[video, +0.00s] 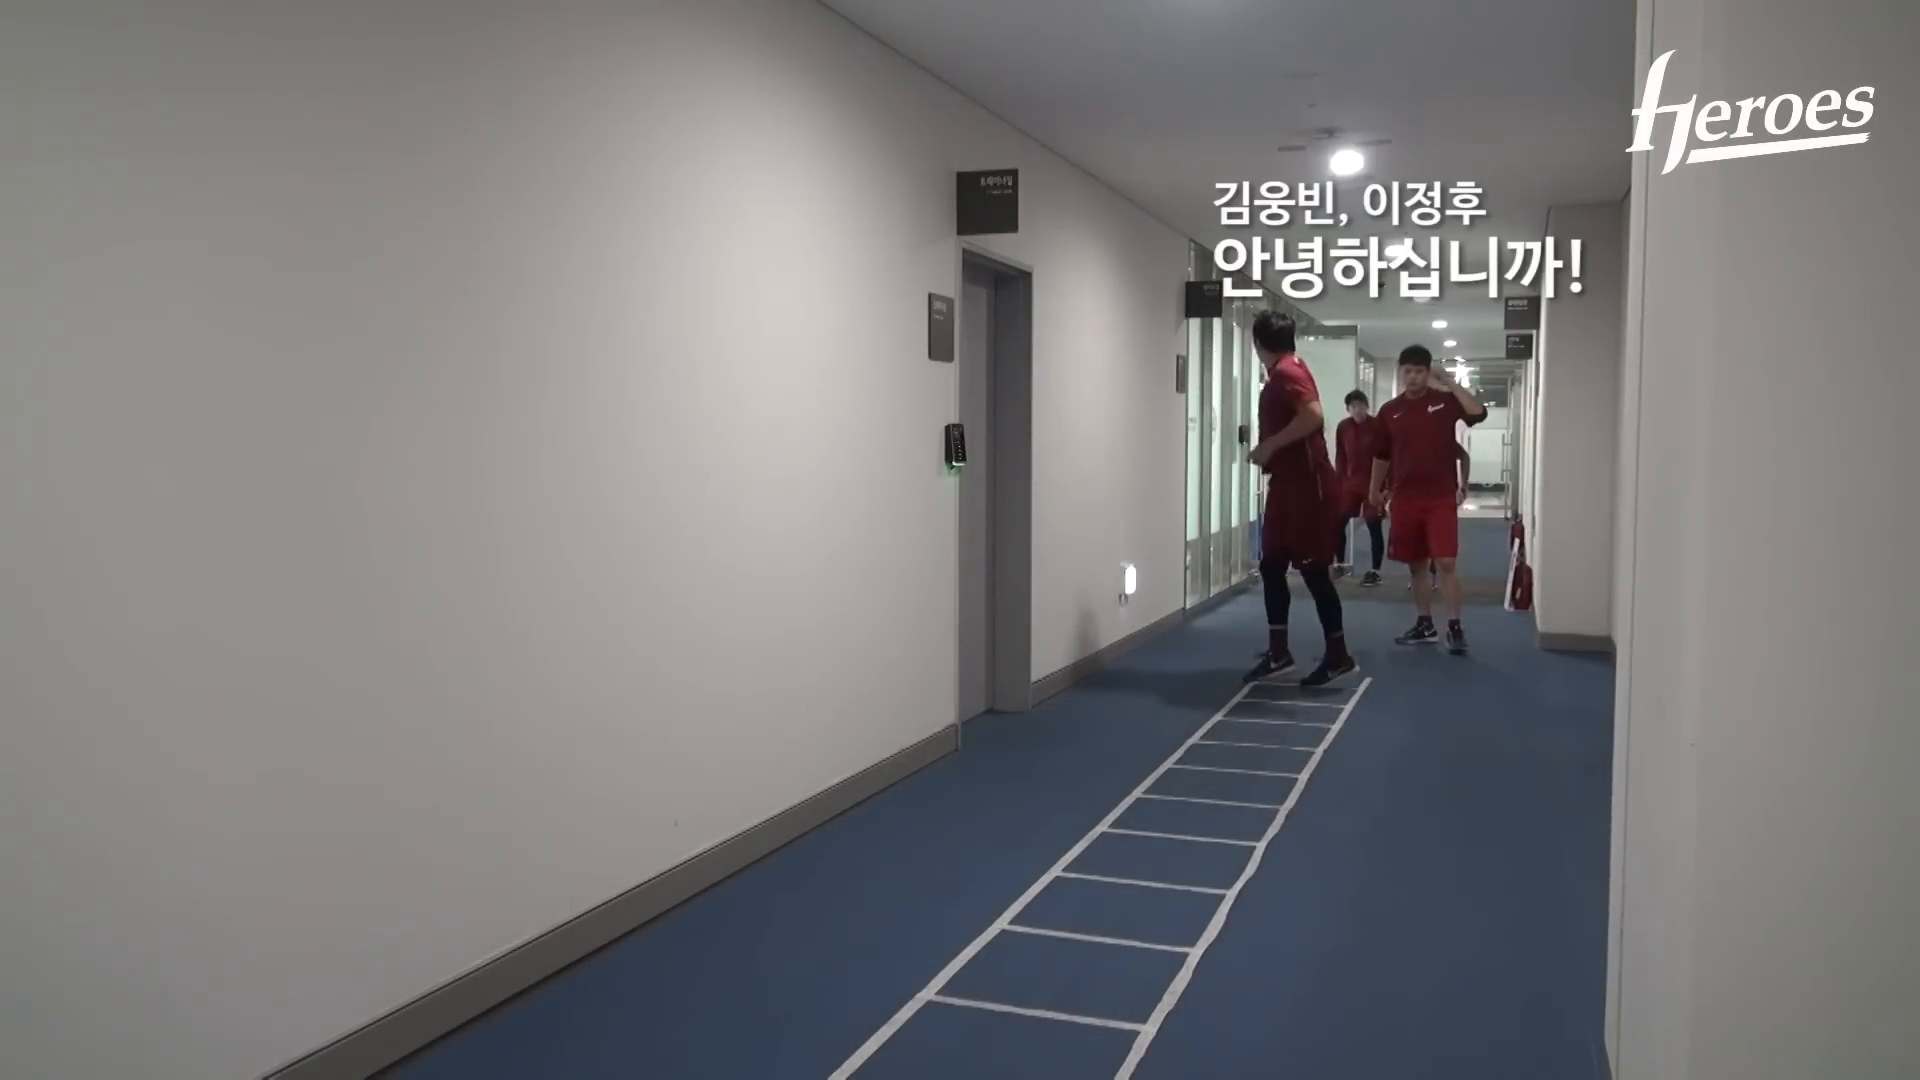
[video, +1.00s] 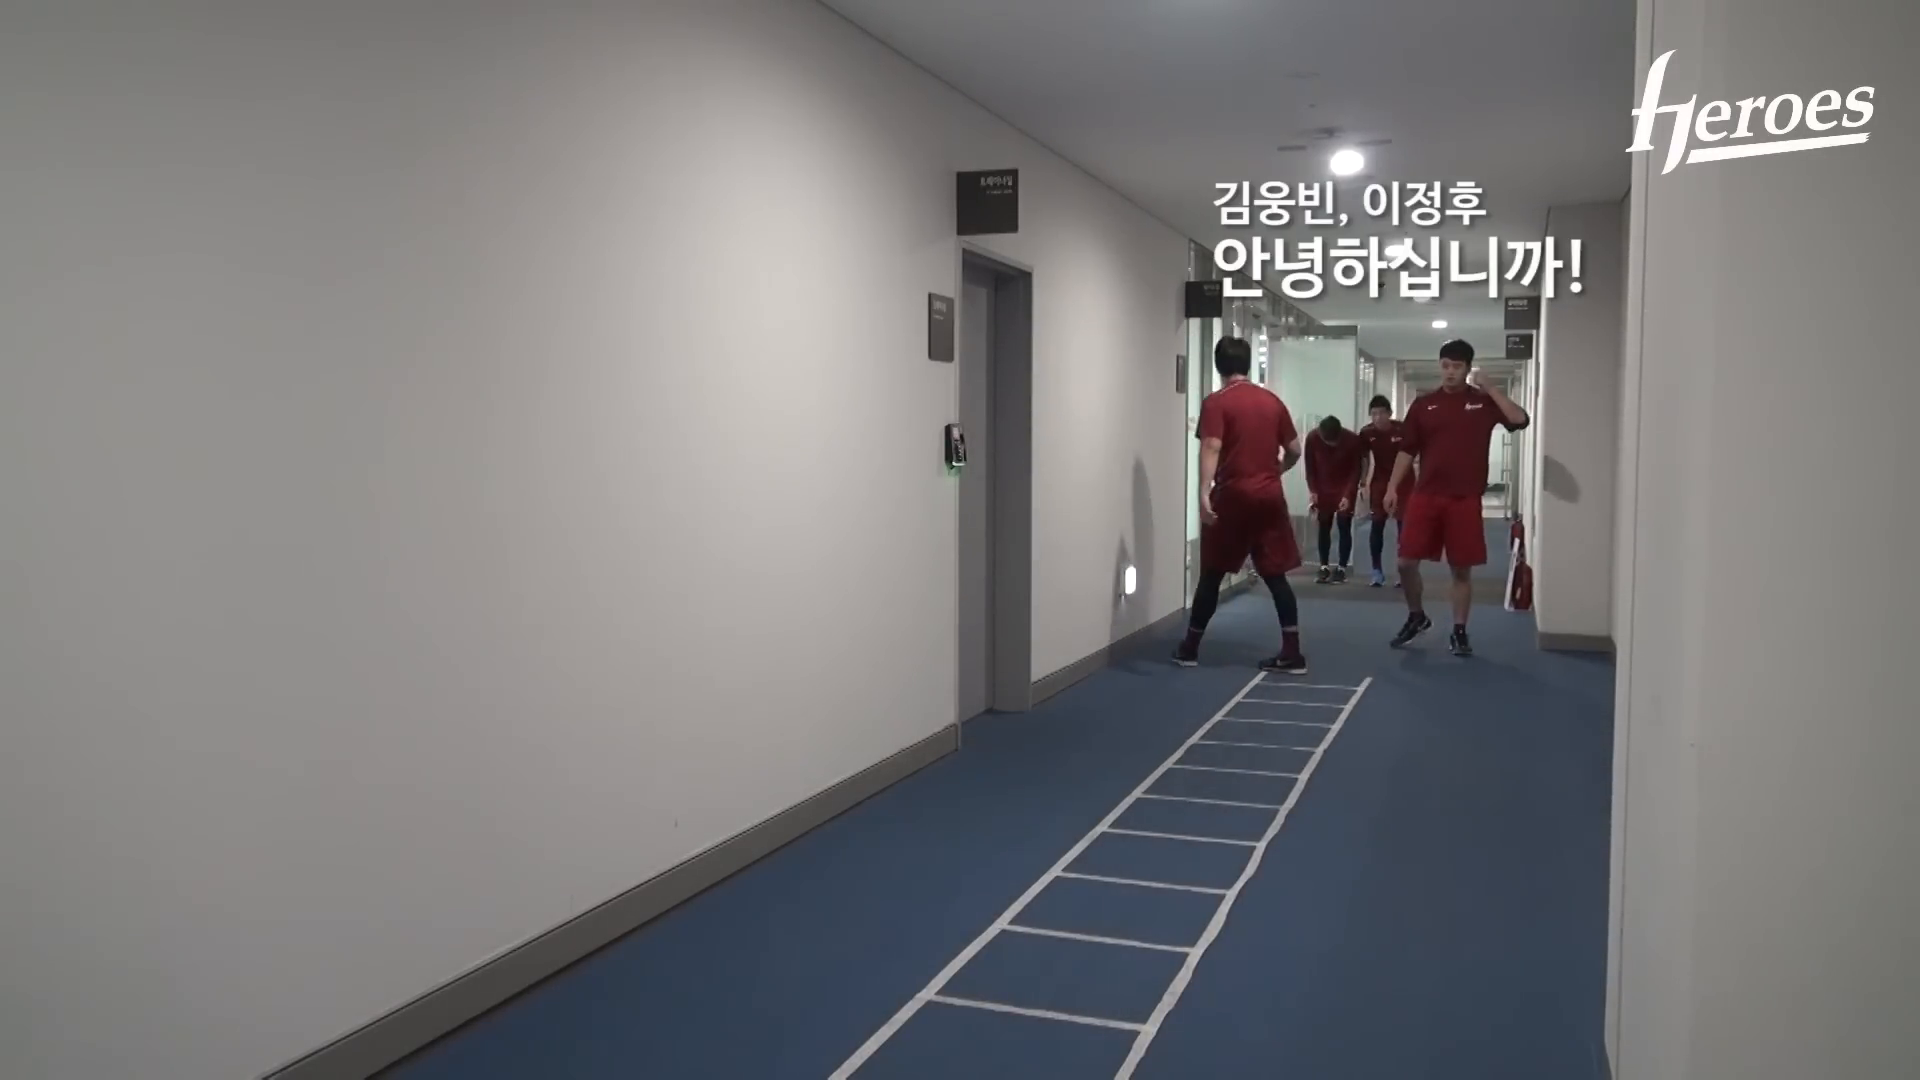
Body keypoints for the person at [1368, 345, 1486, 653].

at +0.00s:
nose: (1413, 377)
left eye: (1419, 371)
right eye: (1408, 371)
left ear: (1429, 373)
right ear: (1399, 373)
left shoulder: (1446, 401)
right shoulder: (1389, 411)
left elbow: (1477, 414)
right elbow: (1382, 454)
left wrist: (1449, 382)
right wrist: (1374, 490)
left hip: (1441, 497)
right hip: (1406, 499)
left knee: (1445, 563)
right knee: (1417, 565)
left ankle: (1455, 627)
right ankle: (1424, 623)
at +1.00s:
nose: (1450, 371)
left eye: (1456, 366)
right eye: (1445, 365)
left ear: (1468, 369)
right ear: (1439, 367)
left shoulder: (1485, 402)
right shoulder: (1423, 404)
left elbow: (1520, 420)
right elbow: (1407, 450)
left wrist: (1489, 387)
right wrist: (1392, 486)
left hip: (1465, 499)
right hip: (1425, 496)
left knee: (1461, 570)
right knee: (1406, 561)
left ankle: (1460, 631)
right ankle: (1416, 617)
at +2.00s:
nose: (1381, 375)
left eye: (1386, 369)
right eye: (1375, 370)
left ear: (1397, 370)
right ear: (1368, 373)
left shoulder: (1421, 402)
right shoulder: (1358, 409)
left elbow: (1441, 440)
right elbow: (1340, 448)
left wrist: (1449, 473)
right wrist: (1327, 481)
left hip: (1408, 497)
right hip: (1369, 498)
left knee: (1402, 566)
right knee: (1374, 569)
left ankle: (1415, 628)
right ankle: (1379, 634)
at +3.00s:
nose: (1388, 374)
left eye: (1395, 368)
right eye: (1385, 368)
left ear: (1413, 368)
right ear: (1383, 367)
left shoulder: (1429, 404)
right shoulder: (1380, 400)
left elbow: (1431, 456)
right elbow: (1370, 445)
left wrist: (1417, 498)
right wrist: (1346, 473)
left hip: (1408, 498)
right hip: (1378, 495)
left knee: (1403, 572)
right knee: (1364, 565)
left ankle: (1405, 643)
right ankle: (1383, 629)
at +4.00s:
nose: (1344, 379)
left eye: (1348, 372)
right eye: (1341, 374)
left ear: (1366, 369)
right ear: (1344, 375)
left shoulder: (1392, 405)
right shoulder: (1338, 407)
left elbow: (1402, 452)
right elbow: (1332, 453)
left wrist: (1394, 493)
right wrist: (1312, 485)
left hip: (1373, 504)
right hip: (1341, 503)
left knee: (1378, 573)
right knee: (1353, 572)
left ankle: (1400, 642)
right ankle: (1364, 634)